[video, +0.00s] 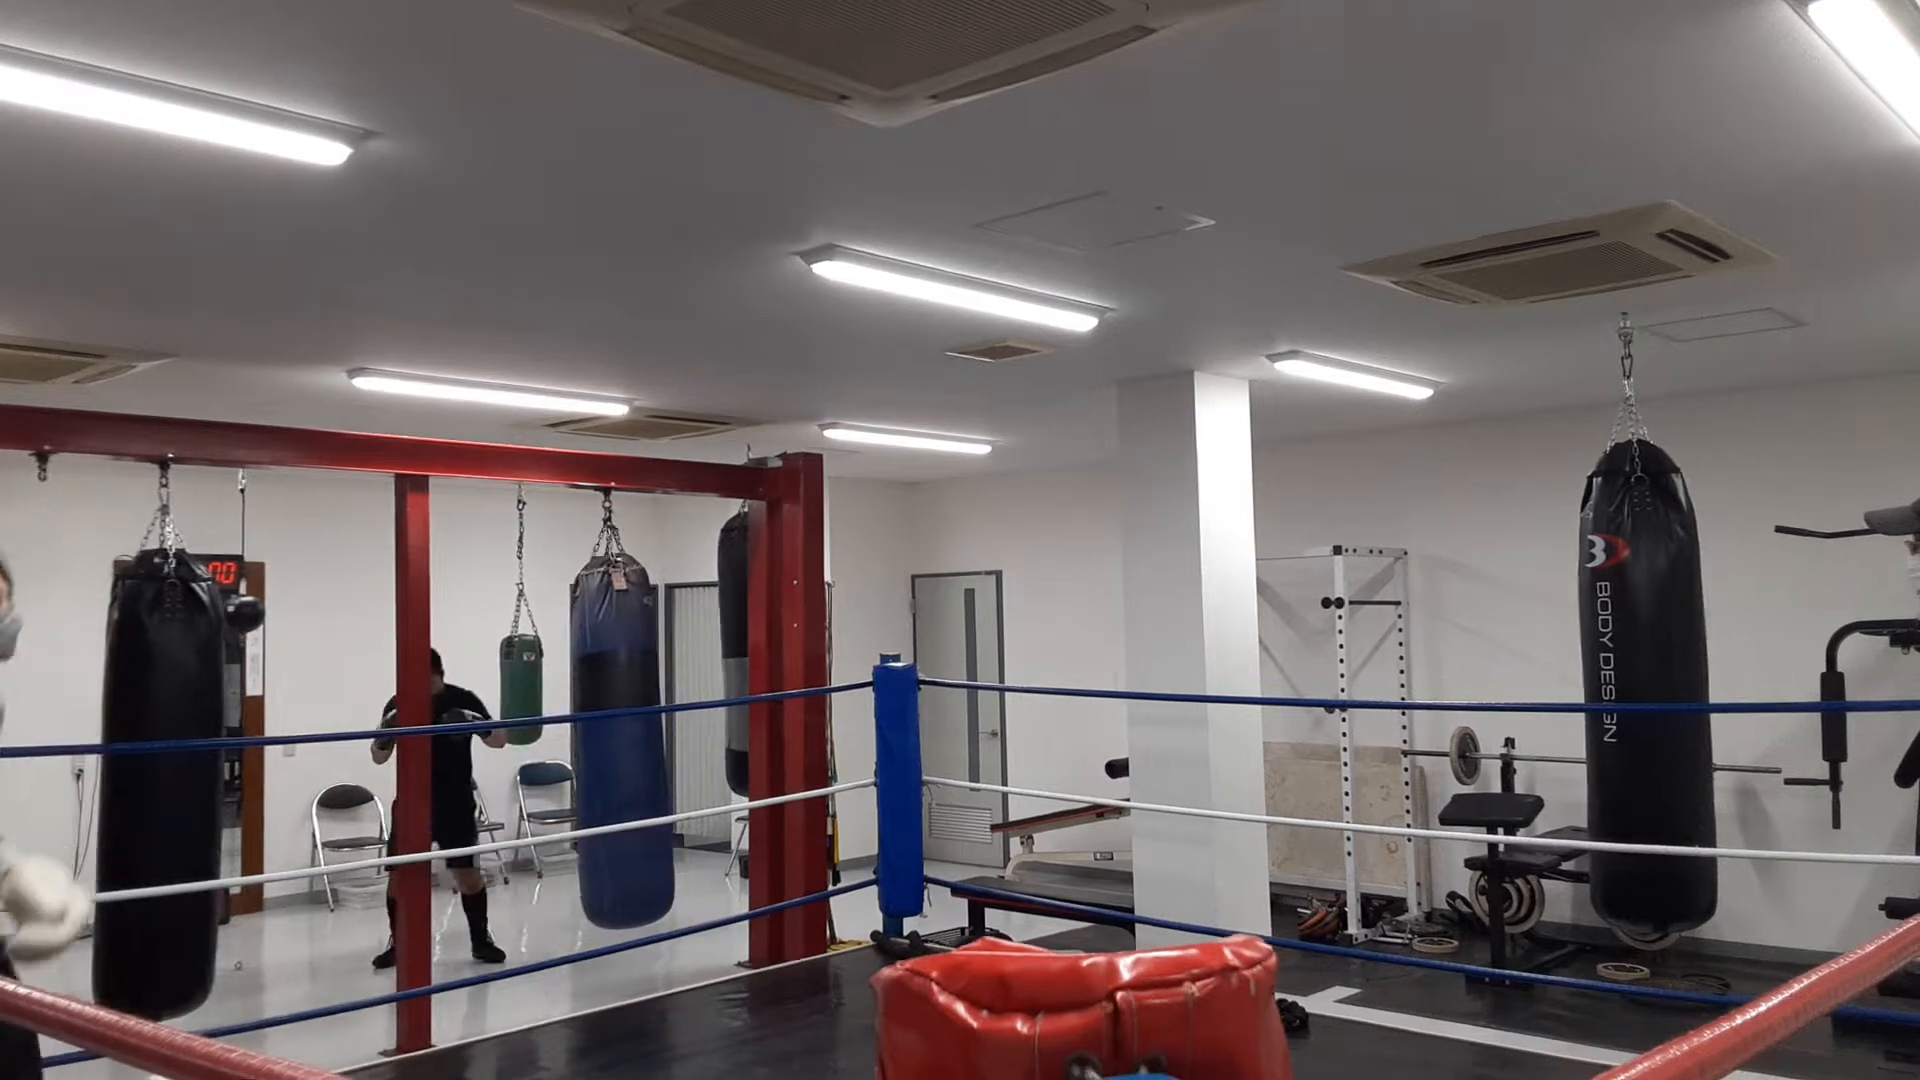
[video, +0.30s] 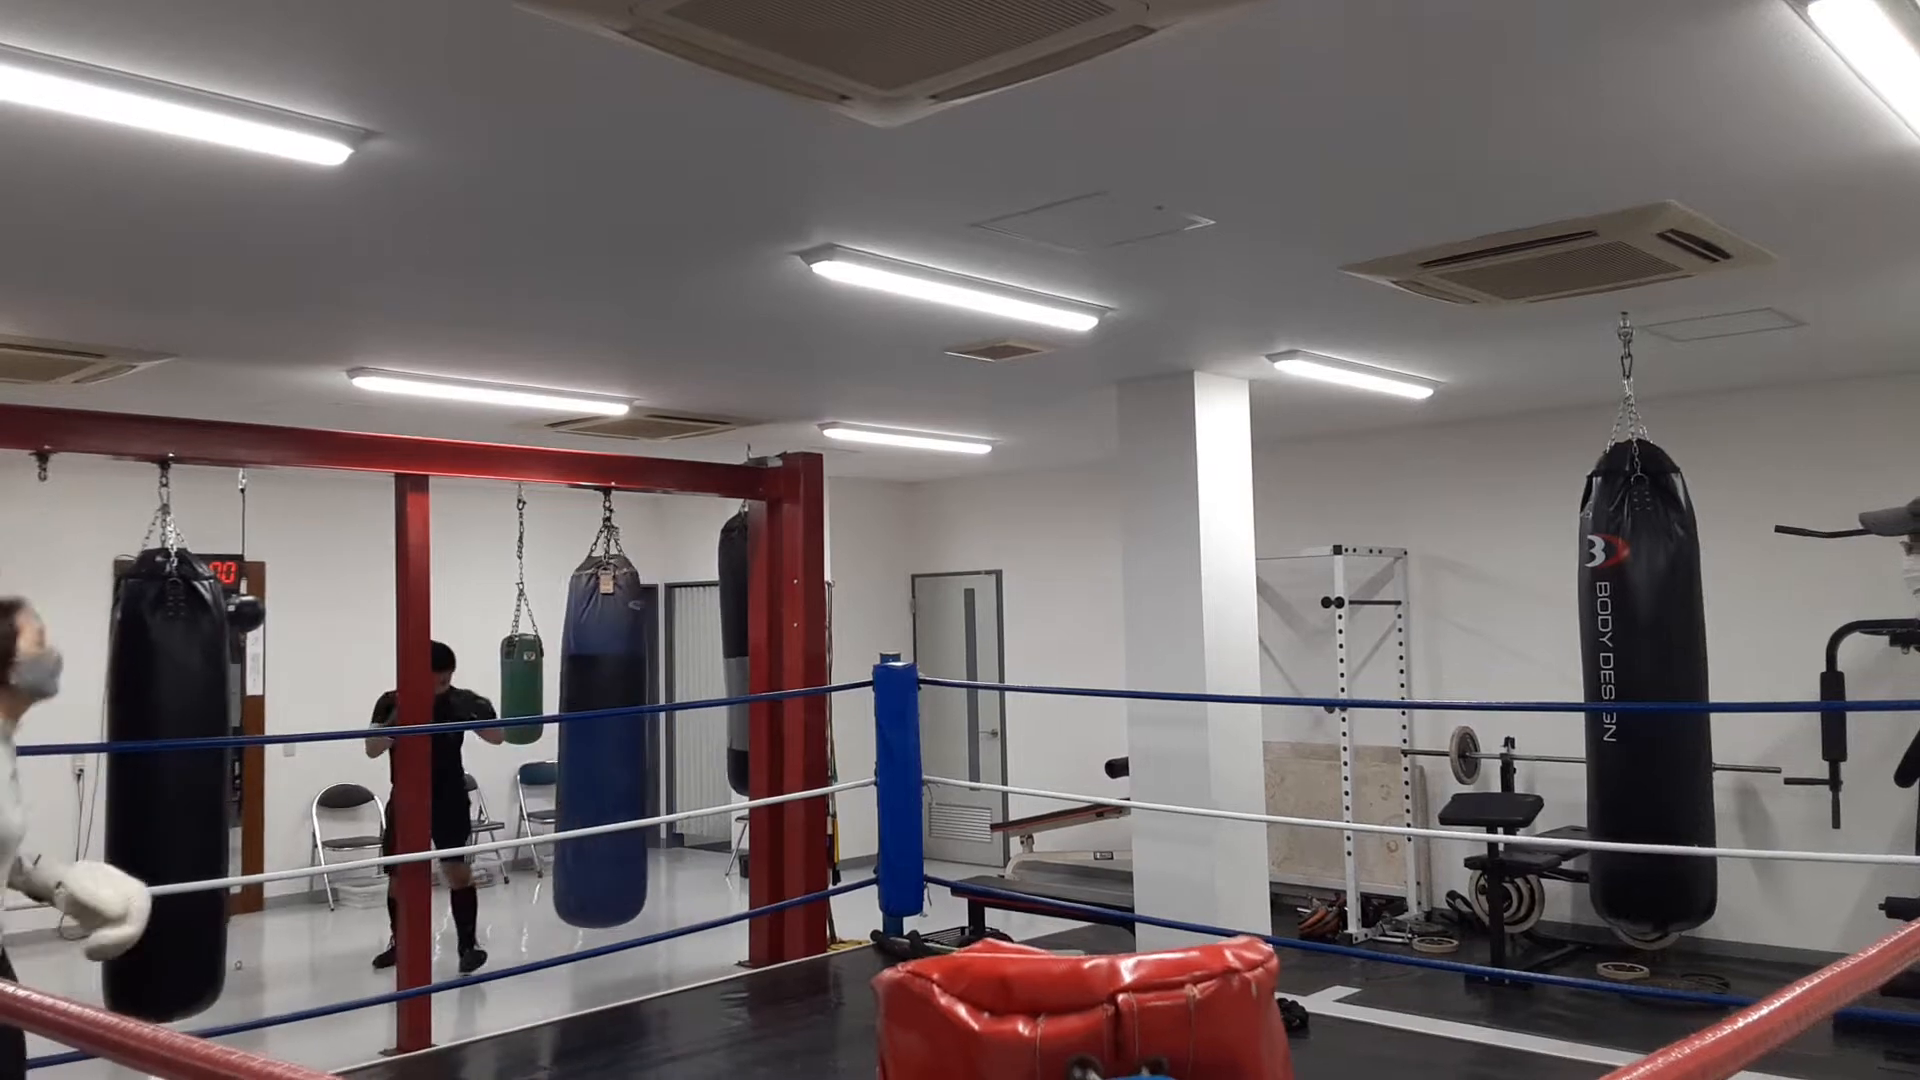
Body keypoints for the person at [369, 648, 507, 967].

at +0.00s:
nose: (425, 684)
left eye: (429, 676)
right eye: (419, 677)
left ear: (439, 673)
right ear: (409, 677)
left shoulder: (463, 699)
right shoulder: (399, 704)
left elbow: (499, 740)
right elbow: (378, 757)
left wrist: (473, 723)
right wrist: (388, 731)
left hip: (455, 799)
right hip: (412, 801)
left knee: (467, 872)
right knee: (399, 873)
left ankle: (481, 941)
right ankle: (399, 943)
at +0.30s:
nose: (438, 685)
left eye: (444, 678)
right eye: (432, 678)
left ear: (452, 675)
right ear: (417, 674)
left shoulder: (462, 701)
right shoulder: (393, 702)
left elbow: (496, 737)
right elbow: (372, 749)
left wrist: (468, 710)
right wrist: (396, 718)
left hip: (448, 798)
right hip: (405, 800)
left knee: (457, 869)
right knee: (398, 875)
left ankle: (467, 946)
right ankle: (400, 943)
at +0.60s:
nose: (456, 694)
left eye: (462, 687)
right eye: (448, 687)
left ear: (468, 683)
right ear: (432, 680)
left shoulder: (468, 710)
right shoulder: (402, 704)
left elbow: (496, 757)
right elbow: (382, 754)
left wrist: (487, 731)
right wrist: (419, 731)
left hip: (448, 803)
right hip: (404, 803)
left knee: (455, 878)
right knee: (384, 883)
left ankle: (466, 958)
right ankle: (389, 935)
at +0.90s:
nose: (411, 682)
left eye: (419, 674)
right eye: (404, 673)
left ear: (430, 674)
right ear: (392, 672)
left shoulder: (438, 707)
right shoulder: (370, 708)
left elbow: (485, 740)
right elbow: (368, 753)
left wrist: (474, 726)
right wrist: (394, 720)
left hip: (424, 812)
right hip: (376, 811)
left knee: (443, 882)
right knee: (345, 884)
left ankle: (465, 961)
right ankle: (313, 961)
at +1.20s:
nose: (406, 681)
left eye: (410, 674)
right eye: (400, 674)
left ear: (417, 674)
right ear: (385, 672)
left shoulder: (420, 704)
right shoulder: (356, 706)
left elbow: (465, 740)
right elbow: (358, 751)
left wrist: (464, 713)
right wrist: (394, 718)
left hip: (413, 814)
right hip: (364, 816)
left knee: (444, 877)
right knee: (336, 892)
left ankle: (478, 950)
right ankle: (306, 959)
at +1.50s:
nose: (469, 689)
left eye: (473, 682)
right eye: (463, 681)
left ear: (476, 681)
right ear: (442, 679)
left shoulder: (478, 712)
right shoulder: (420, 710)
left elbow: (521, 743)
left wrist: (504, 714)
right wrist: (432, 712)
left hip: (465, 812)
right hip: (421, 814)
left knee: (500, 882)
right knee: (396, 886)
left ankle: (511, 950)